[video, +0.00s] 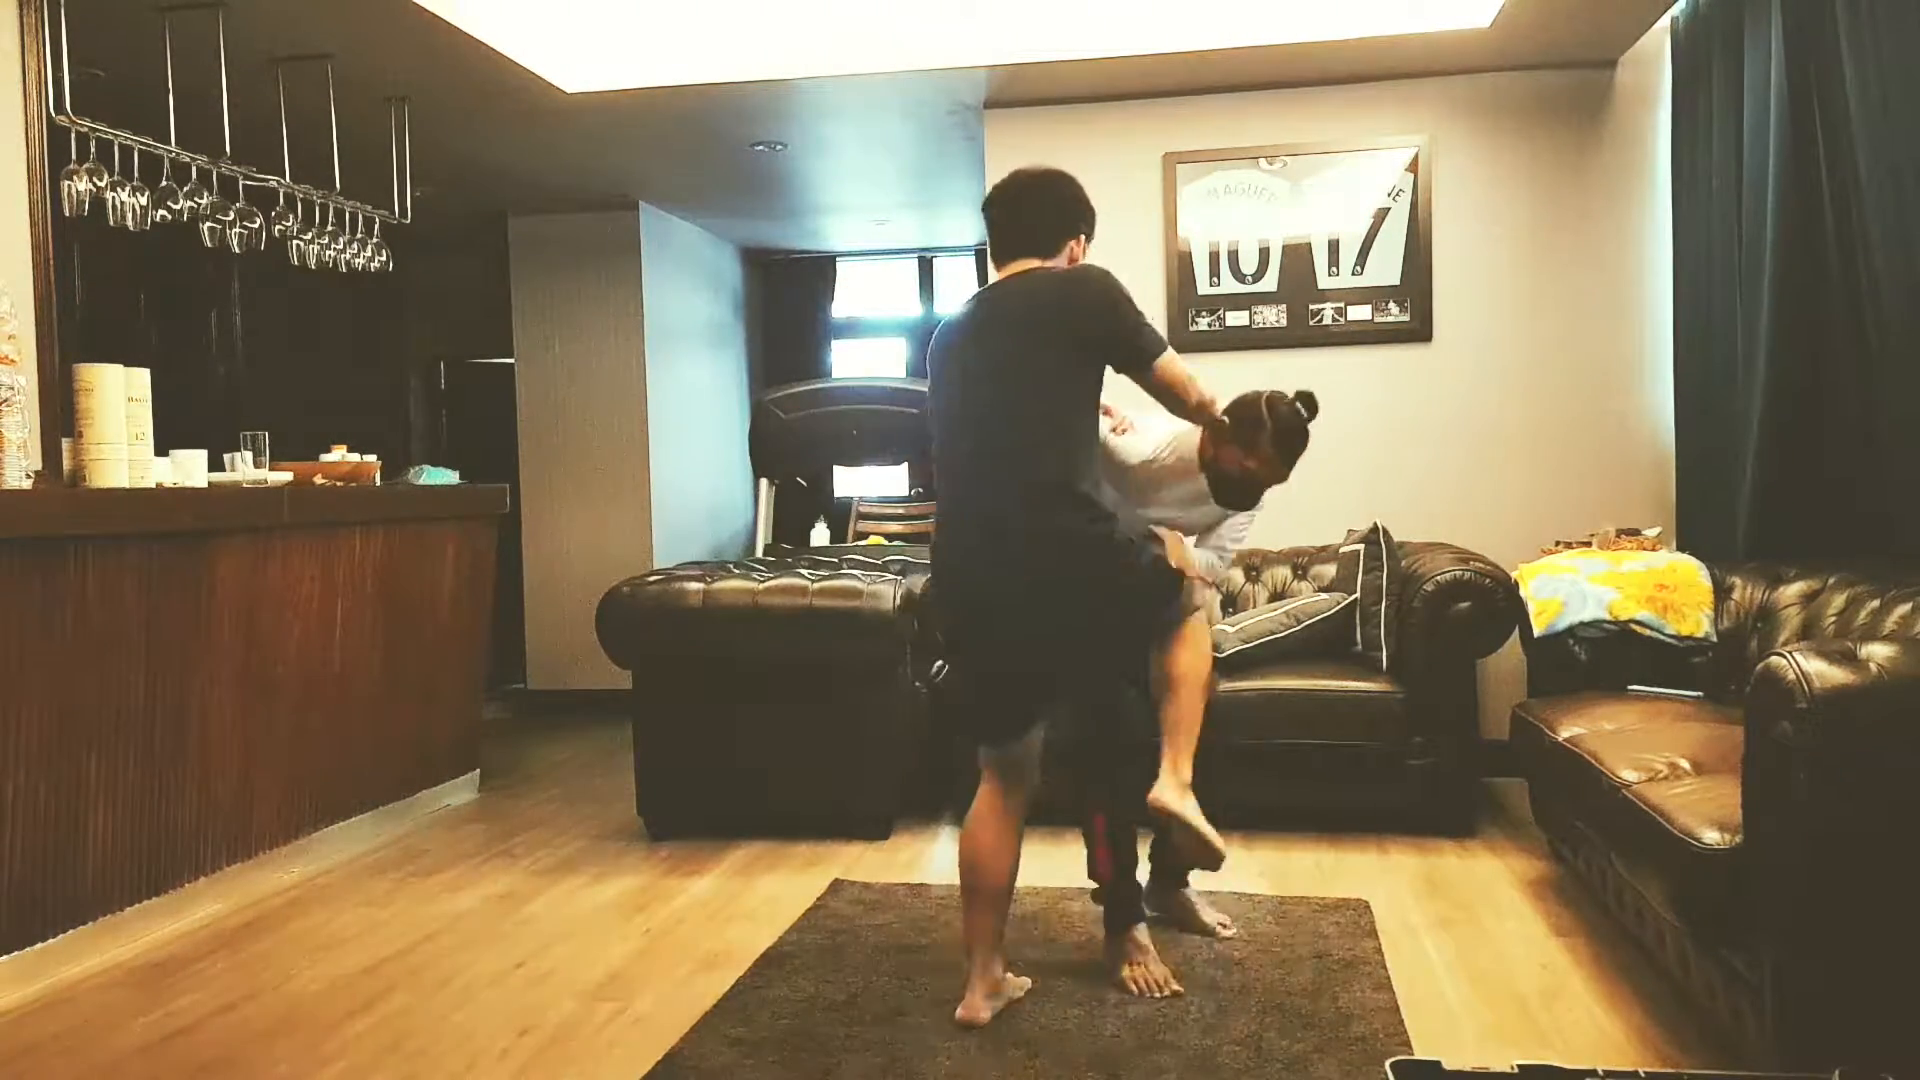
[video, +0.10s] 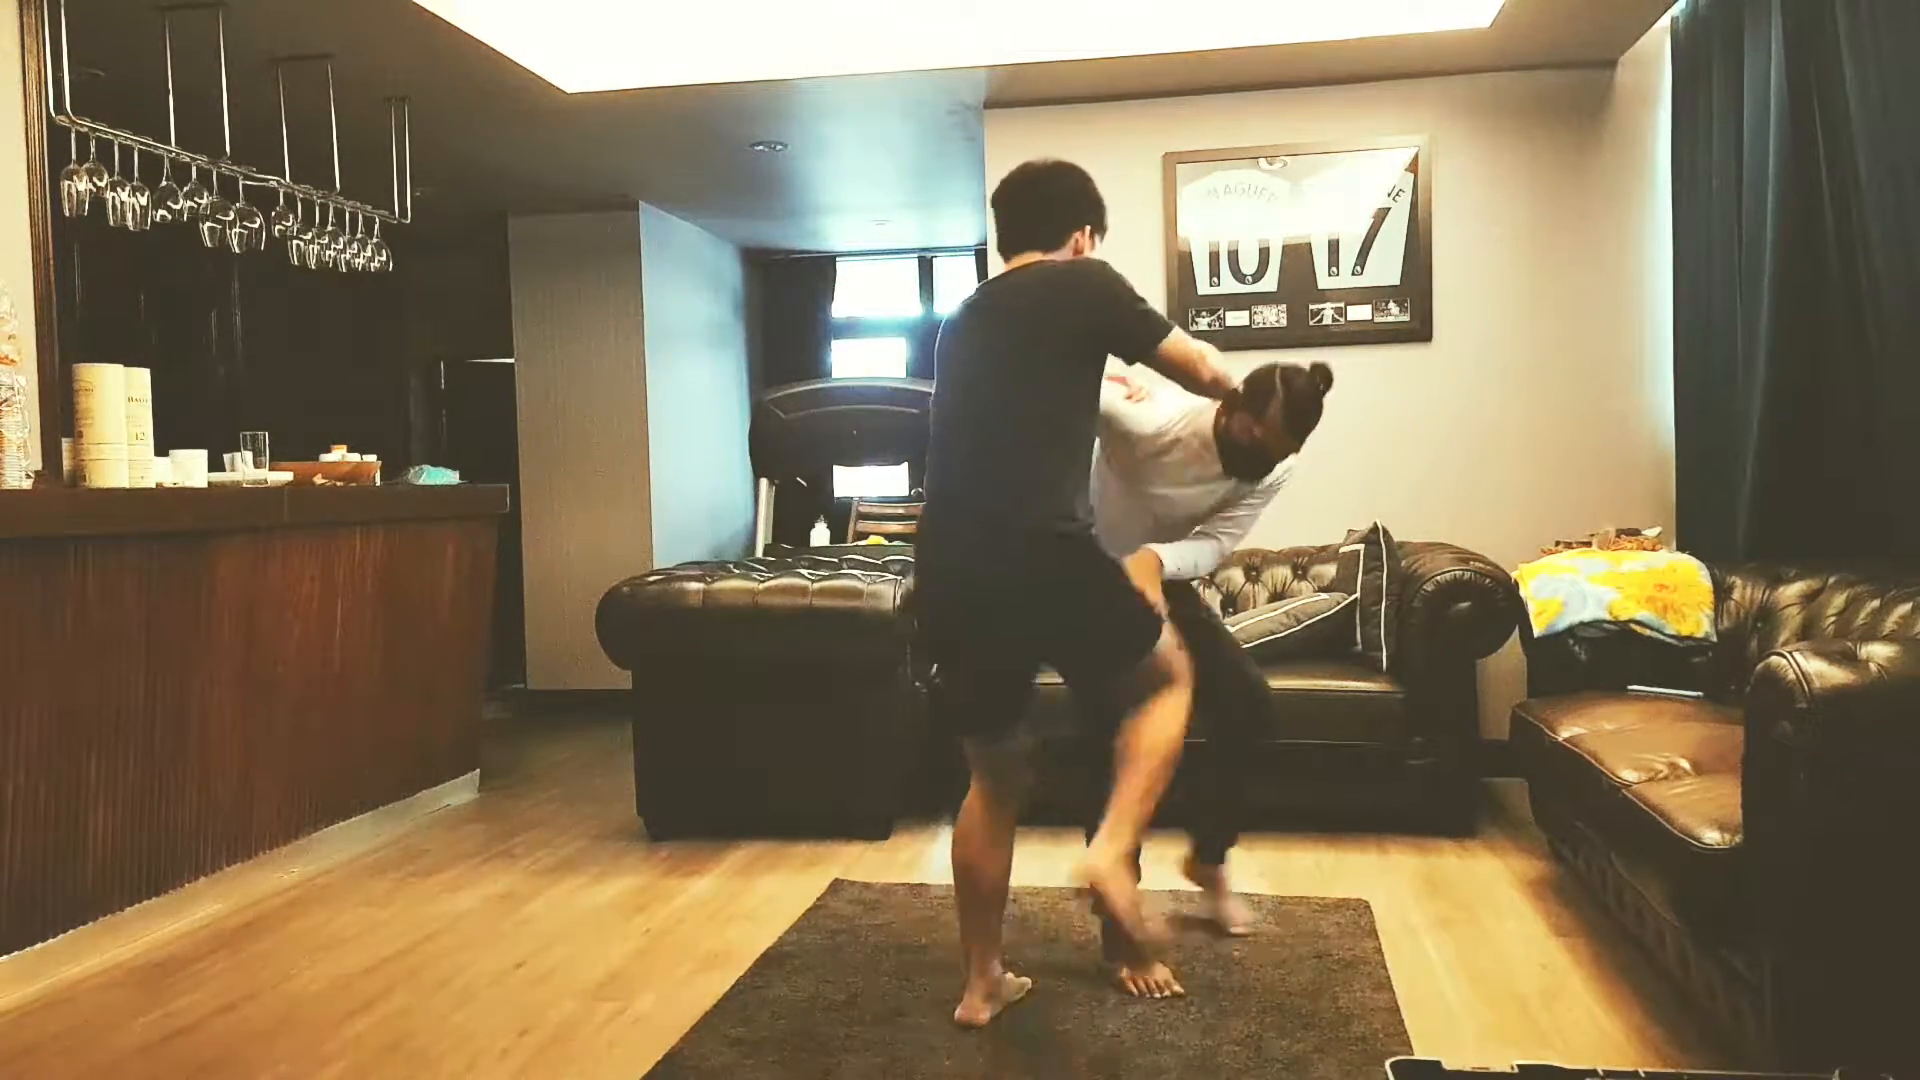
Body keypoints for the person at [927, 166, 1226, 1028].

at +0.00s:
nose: (1087, 259)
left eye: (1086, 250)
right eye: (1087, 248)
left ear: (991, 247)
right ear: (1073, 245)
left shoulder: (952, 332)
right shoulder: (1084, 291)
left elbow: (963, 446)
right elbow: (1187, 395)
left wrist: (1079, 414)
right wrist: (1218, 420)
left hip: (970, 559)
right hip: (1061, 543)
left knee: (1000, 771)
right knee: (1185, 605)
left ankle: (983, 979)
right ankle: (1174, 777)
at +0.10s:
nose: (1098, 253)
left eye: (1098, 243)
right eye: (1098, 242)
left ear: (1005, 241)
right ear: (1080, 237)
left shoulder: (961, 319)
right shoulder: (1085, 286)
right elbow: (1204, 373)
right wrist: (1248, 399)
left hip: (950, 558)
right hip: (1044, 550)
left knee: (992, 773)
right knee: (1165, 677)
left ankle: (981, 980)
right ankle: (1112, 851)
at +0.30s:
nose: (1138, 284)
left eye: (1138, 274)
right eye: (1137, 272)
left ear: (1050, 266)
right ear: (1114, 264)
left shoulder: (1011, 323)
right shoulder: (1107, 304)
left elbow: (1092, 377)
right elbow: (1224, 361)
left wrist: (1154, 366)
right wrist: (1259, 365)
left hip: (931, 563)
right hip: (998, 567)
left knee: (993, 782)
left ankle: (959, 975)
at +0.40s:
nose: (1147, 308)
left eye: (1149, 298)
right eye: (1147, 296)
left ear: (1061, 282)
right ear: (1124, 286)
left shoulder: (1019, 335)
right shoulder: (1108, 325)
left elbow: (1081, 429)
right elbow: (1227, 392)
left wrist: (1152, 413)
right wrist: (1268, 388)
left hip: (928, 574)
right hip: (992, 579)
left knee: (1001, 790)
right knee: (1036, 806)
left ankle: (962, 978)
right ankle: (902, 1013)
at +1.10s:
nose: (1123, 341)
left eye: (1126, 327)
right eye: (1120, 323)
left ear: (1054, 304)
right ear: (1082, 307)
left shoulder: (994, 364)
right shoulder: (1043, 357)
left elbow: (977, 480)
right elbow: (1174, 405)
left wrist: (1065, 480)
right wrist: (1250, 391)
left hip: (940, 629)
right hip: (874, 622)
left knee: (1024, 783)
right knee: (778, 810)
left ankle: (944, 958)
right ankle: (638, 954)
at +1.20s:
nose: (1118, 339)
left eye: (1122, 324)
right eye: (1117, 319)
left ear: (1053, 296)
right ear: (1076, 296)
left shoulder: (995, 352)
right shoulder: (1037, 351)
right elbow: (1150, 418)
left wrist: (1059, 484)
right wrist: (1239, 411)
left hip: (916, 612)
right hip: (902, 614)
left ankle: (942, 958)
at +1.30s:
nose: (1110, 317)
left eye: (1117, 302)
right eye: (1112, 296)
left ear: (1051, 270)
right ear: (1074, 271)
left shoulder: (988, 326)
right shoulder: (1016, 327)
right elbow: (1090, 427)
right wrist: (1197, 437)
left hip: (934, 575)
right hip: (932, 580)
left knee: (984, 763)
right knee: (1042, 753)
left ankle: (942, 958)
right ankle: (857, 854)